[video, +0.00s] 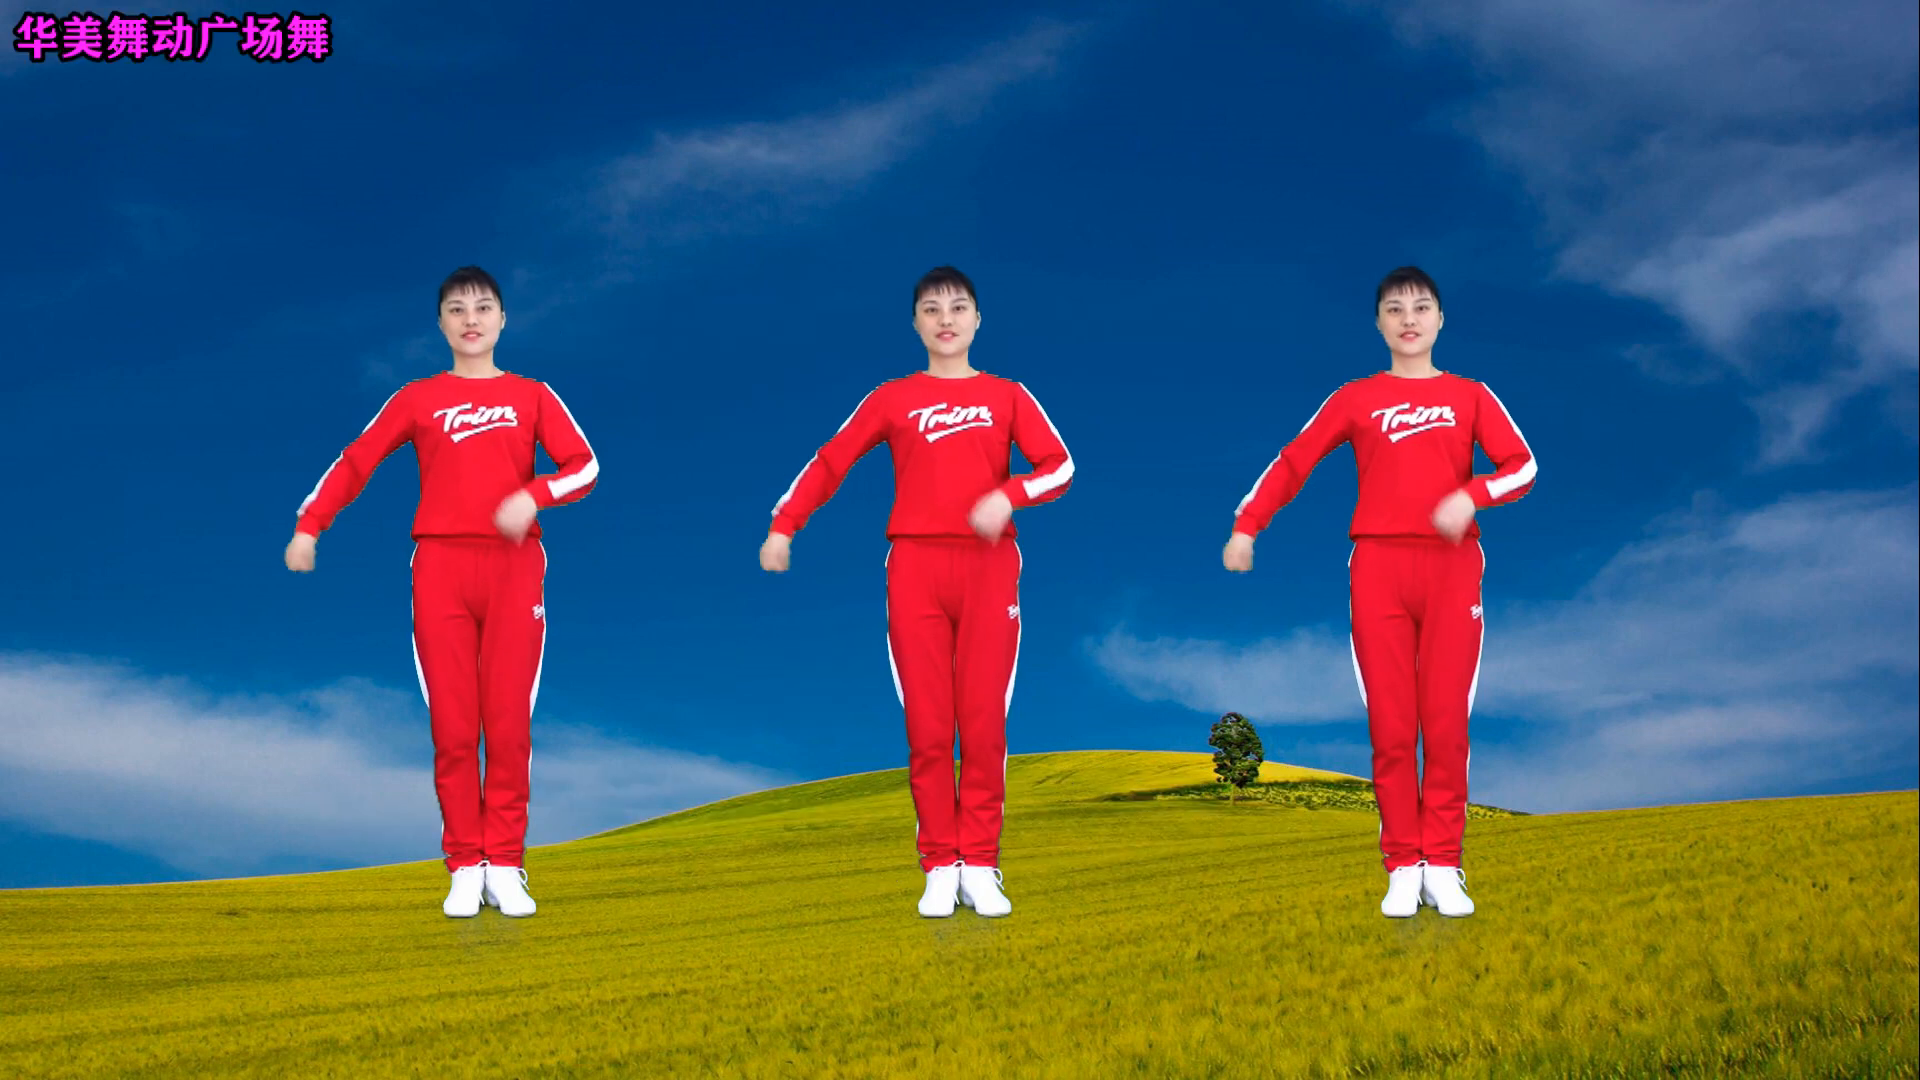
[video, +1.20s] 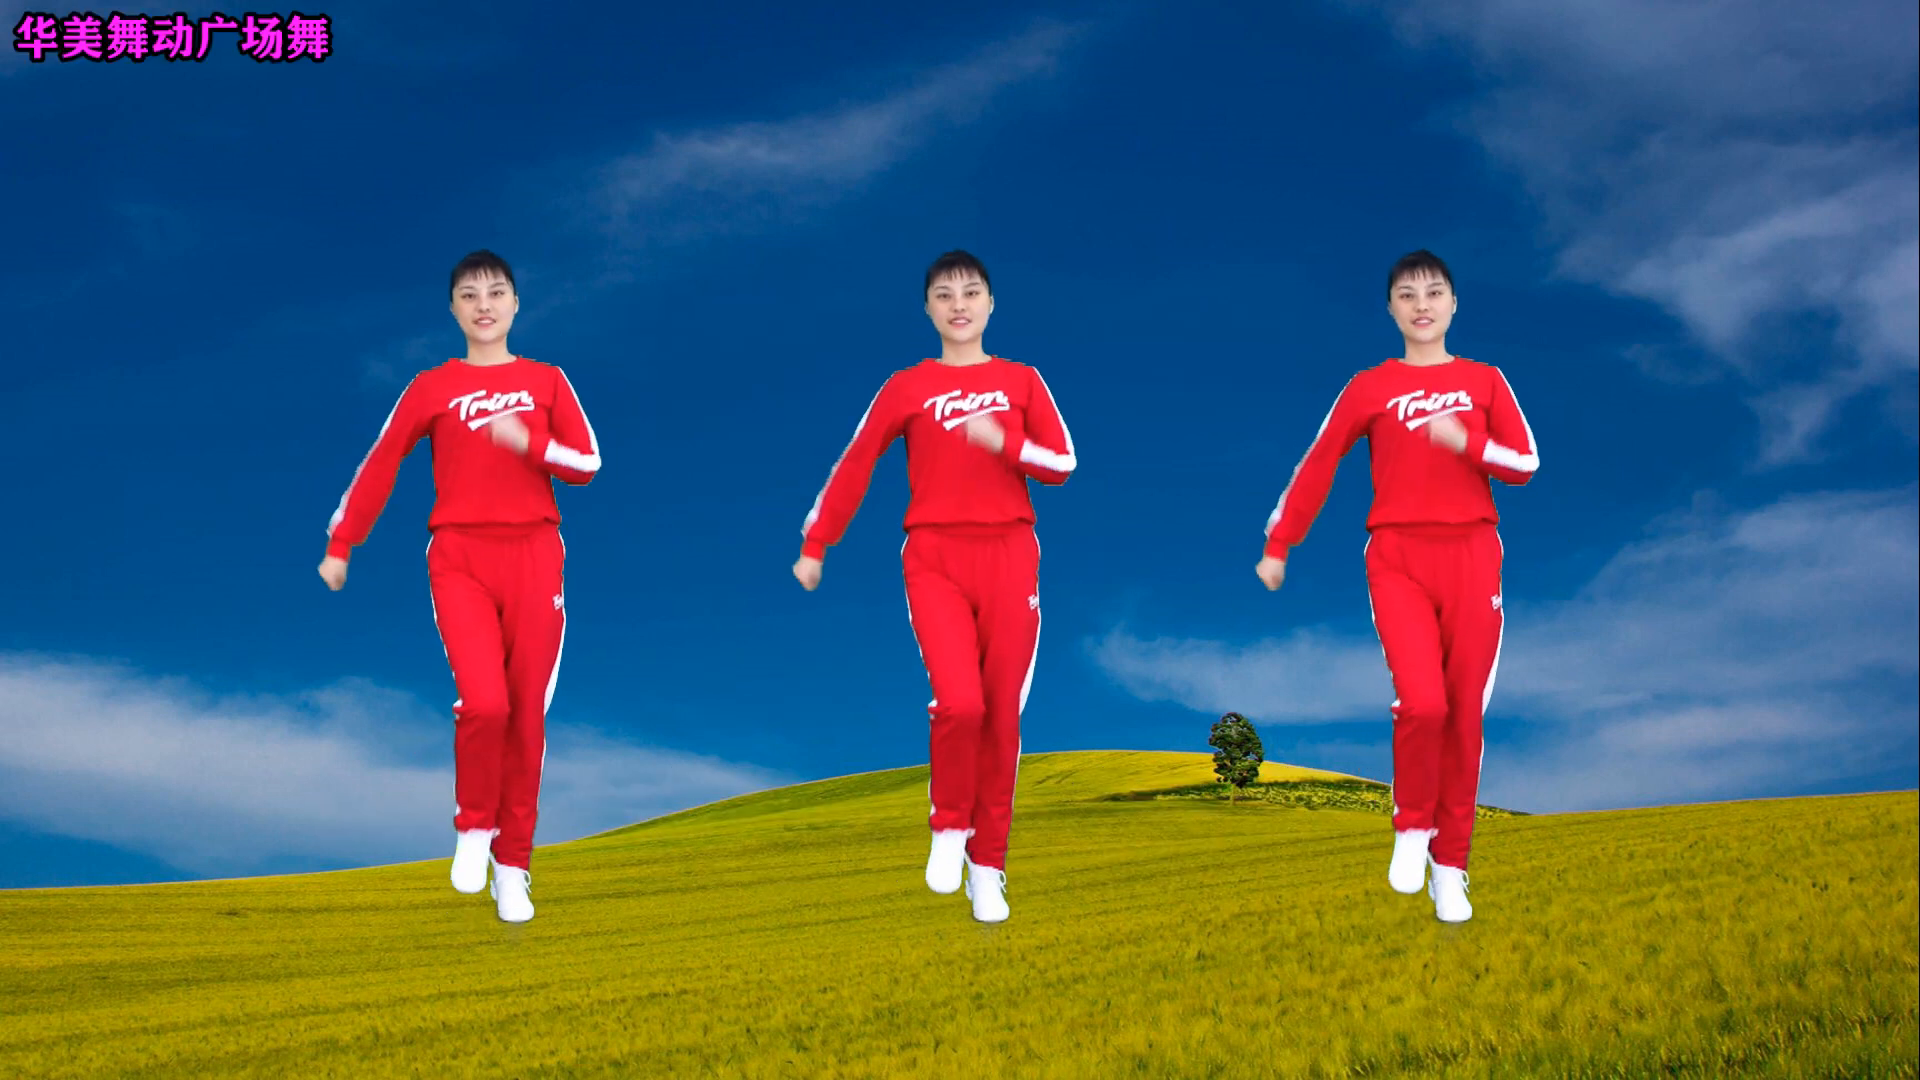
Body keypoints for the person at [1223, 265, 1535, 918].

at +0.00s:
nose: (1409, 319)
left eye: (1420, 308)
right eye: (1397, 310)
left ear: (1439, 318)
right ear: (1381, 323)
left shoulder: (1471, 396)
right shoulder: (1354, 399)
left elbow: (1523, 468)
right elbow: (1293, 462)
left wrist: (1471, 495)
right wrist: (1244, 527)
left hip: (1452, 573)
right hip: (1378, 571)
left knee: (1447, 722)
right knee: (1392, 726)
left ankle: (1443, 865)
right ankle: (1403, 866)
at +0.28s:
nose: (1409, 327)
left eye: (1420, 316)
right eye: (1395, 318)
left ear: (1438, 326)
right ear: (1379, 332)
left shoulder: (1468, 403)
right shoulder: (1353, 408)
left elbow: (1482, 486)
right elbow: (1311, 491)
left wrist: (1445, 520)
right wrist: (1269, 567)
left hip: (1444, 579)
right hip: (1369, 579)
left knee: (1433, 722)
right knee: (1377, 731)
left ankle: (1441, 848)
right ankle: (1401, 866)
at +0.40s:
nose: (1408, 329)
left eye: (1420, 319)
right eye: (1395, 320)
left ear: (1437, 331)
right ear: (1379, 333)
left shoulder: (1467, 409)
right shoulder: (1352, 411)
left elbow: (1480, 503)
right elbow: (1329, 498)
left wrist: (1485, 589)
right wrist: (1352, 565)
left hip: (1442, 581)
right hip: (1369, 583)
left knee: (1418, 714)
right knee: (1370, 731)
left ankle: (1436, 808)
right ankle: (1400, 863)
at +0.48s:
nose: (1409, 315)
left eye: (1421, 305)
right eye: (1396, 306)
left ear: (1438, 317)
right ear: (1379, 318)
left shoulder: (1468, 395)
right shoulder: (1351, 395)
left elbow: (1500, 485)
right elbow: (1316, 475)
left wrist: (1519, 572)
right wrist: (1377, 490)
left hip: (1443, 568)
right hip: (1368, 568)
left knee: (1419, 706)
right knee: (1375, 721)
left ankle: (1437, 809)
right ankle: (1402, 862)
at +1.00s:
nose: (1421, 328)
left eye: (1433, 316)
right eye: (1408, 318)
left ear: (1451, 327)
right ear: (1391, 330)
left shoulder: (1482, 407)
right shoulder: (1366, 412)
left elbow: (1504, 500)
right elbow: (1359, 506)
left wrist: (1515, 586)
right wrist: (1360, 591)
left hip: (1473, 581)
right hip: (1400, 583)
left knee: (1469, 728)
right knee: (1421, 708)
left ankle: (1448, 869)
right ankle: (1413, 812)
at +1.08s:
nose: (1422, 324)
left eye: (1434, 312)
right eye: (1409, 314)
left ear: (1452, 322)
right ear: (1393, 326)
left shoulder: (1484, 401)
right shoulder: (1369, 407)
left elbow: (1505, 484)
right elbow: (1344, 501)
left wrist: (1475, 539)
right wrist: (1326, 589)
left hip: (1474, 573)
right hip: (1398, 574)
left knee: (1472, 723)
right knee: (1428, 699)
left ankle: (1449, 866)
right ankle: (1415, 805)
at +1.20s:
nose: (1422, 304)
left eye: (1433, 294)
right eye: (1409, 295)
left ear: (1452, 303)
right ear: (1393, 308)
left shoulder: (1485, 381)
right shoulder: (1368, 388)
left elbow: (1524, 464)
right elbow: (1317, 464)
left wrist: (1468, 442)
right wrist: (1278, 545)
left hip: (1472, 555)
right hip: (1395, 556)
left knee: (1465, 711)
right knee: (1423, 705)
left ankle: (1452, 861)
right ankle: (1413, 827)